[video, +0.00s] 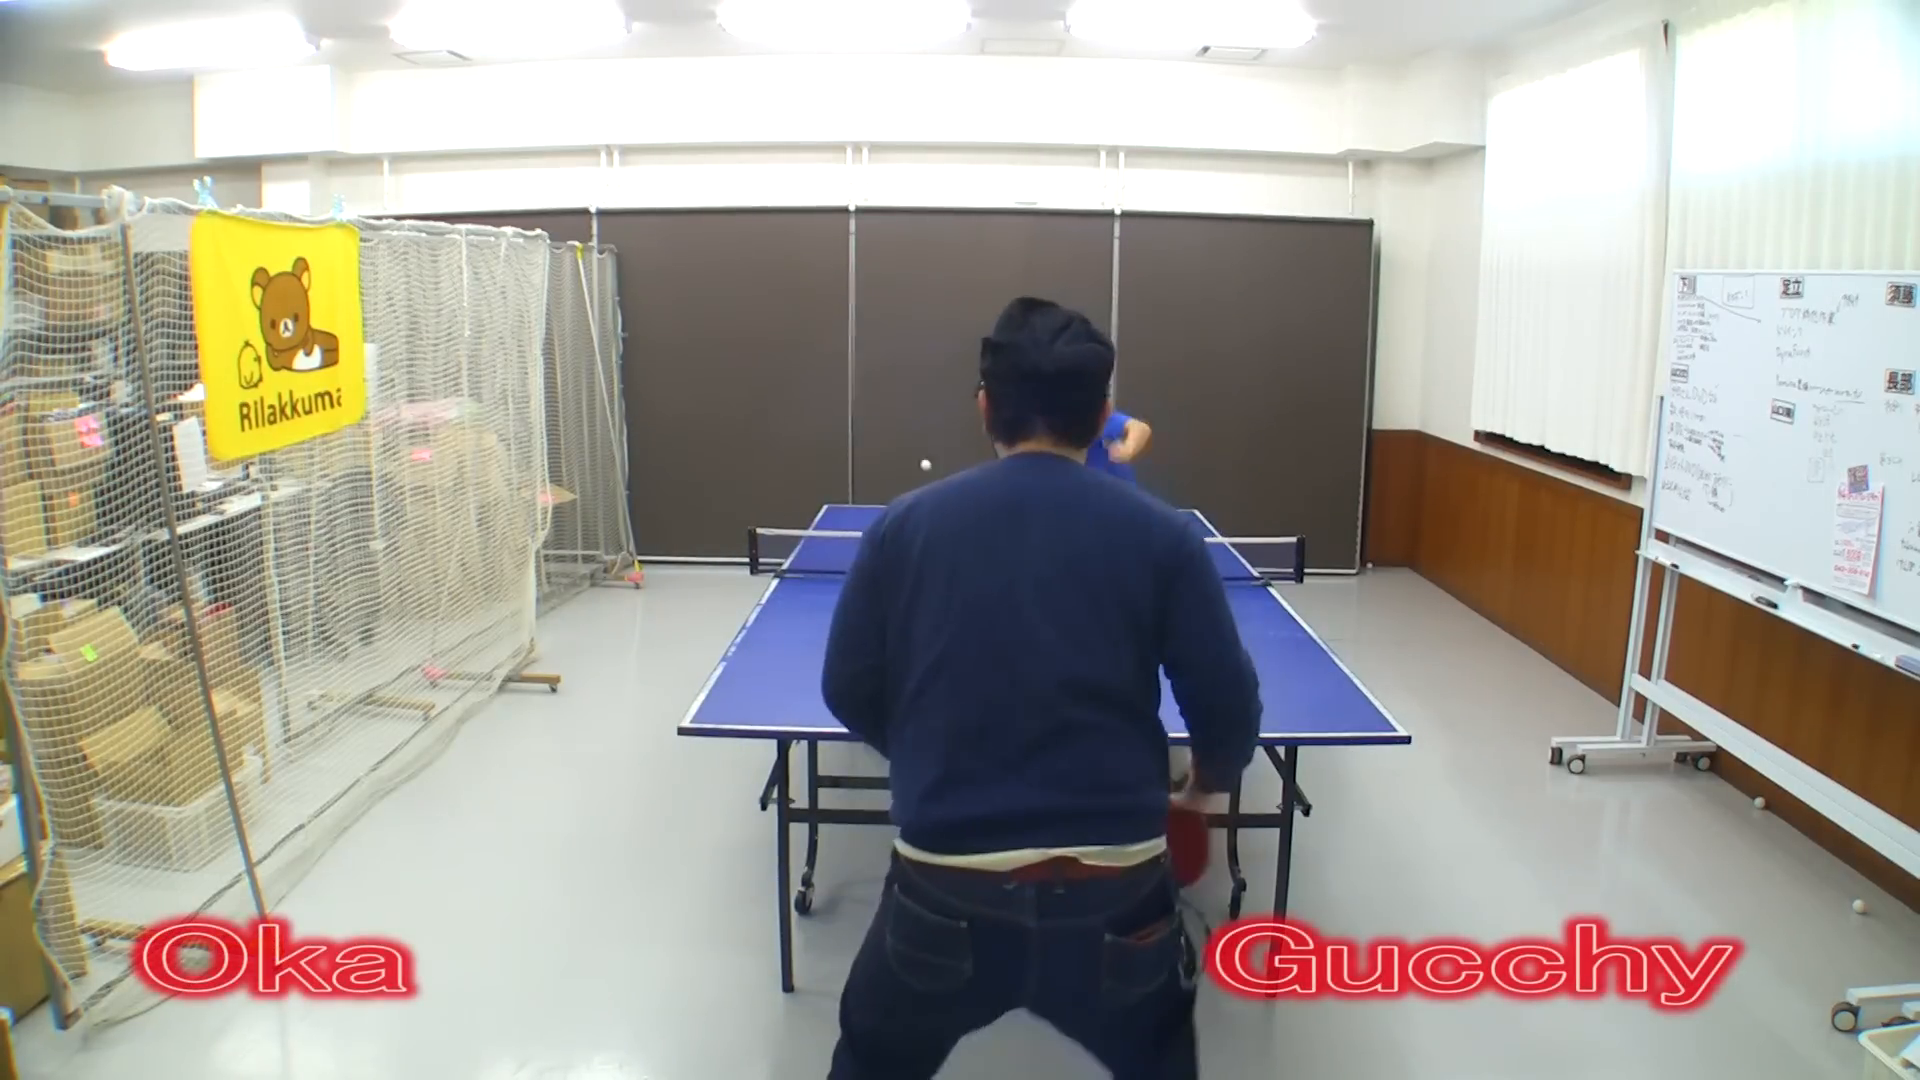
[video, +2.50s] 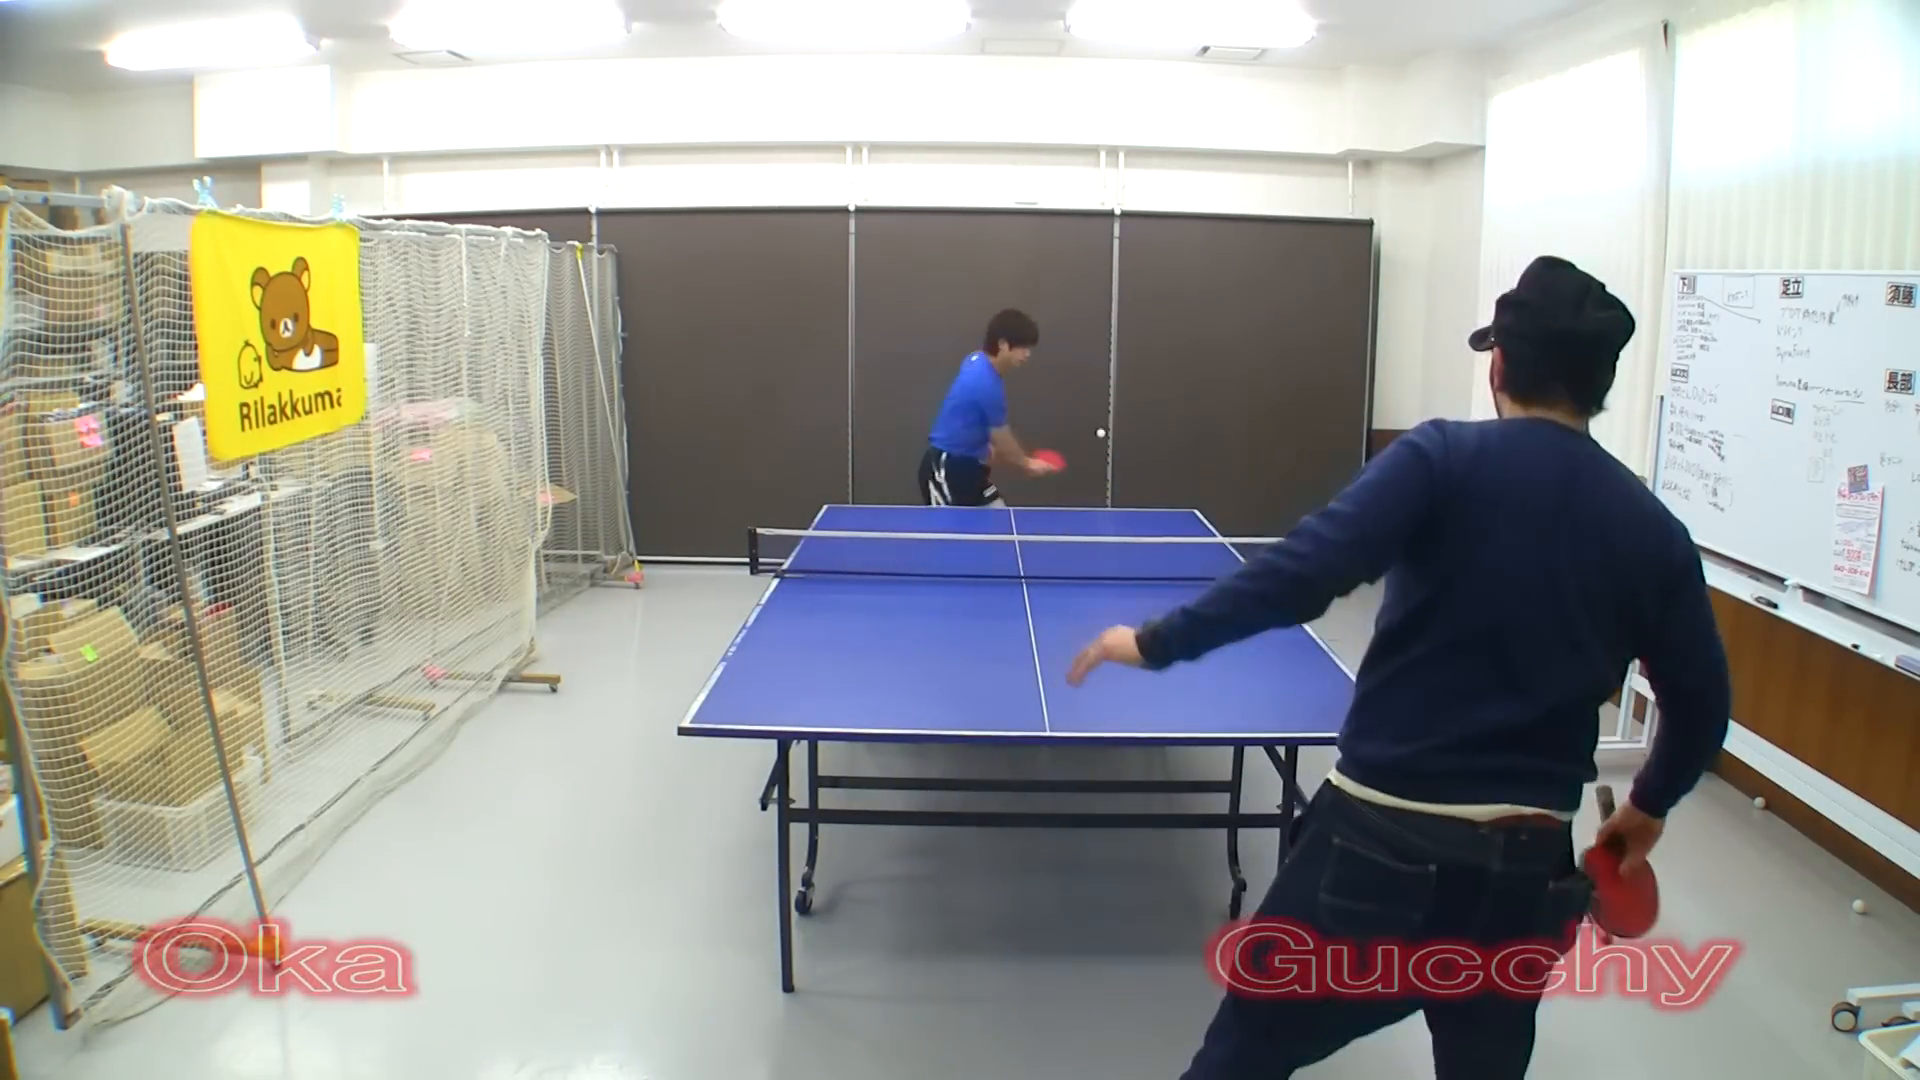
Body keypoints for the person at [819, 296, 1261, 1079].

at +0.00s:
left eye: (981, 388)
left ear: (986, 405)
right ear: (1102, 414)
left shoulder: (906, 526)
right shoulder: (1158, 533)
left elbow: (849, 684)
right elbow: (1227, 698)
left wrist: (938, 752)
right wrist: (1209, 783)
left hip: (946, 912)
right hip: (1115, 914)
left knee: (873, 1063)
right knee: (1158, 1064)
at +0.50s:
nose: (1158, 404)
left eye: (1162, 394)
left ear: (1170, 406)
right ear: (1273, 422)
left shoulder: (1096, 488)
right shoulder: (1312, 526)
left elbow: (1010, 625)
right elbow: (1397, 603)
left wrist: (1007, 658)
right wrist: (1314, 579)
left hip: (1069, 863)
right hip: (1225, 875)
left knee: (956, 1046)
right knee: (1247, 1048)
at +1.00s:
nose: (1140, 376)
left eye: (1140, 366)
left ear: (1145, 383)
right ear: (1257, 390)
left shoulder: (1096, 477)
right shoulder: (1312, 506)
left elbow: (1018, 619)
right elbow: (1371, 657)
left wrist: (989, 644)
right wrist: (1275, 691)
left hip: (1102, 866)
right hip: (1255, 866)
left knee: (1004, 1058)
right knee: (1252, 1055)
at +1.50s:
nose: (1100, 406)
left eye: (1103, 393)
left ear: (1112, 412)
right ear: (1219, 419)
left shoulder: (1060, 531)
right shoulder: (1298, 542)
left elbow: (1021, 716)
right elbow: (1340, 719)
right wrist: (1232, 737)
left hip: (1108, 921)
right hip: (1275, 914)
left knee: (985, 1069)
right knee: (1315, 1071)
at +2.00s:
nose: (1365, 371)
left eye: (1370, 361)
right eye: (1376, 359)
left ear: (1377, 375)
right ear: (1480, 399)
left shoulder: (1340, 449)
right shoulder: (1533, 530)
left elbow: (1285, 562)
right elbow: (1602, 659)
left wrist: (1161, 686)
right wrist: (1556, 788)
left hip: (1231, 828)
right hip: (1384, 869)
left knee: (1037, 997)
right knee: (1363, 1066)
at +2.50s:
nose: (1486, 364)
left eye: (1489, 350)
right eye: (1491, 345)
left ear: (1499, 363)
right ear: (1601, 383)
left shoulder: (1441, 458)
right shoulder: (1650, 526)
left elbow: (1305, 572)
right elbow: (1701, 705)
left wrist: (1152, 641)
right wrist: (1646, 809)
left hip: (1380, 847)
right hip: (1528, 868)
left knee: (1240, 1053)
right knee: (1487, 1063)